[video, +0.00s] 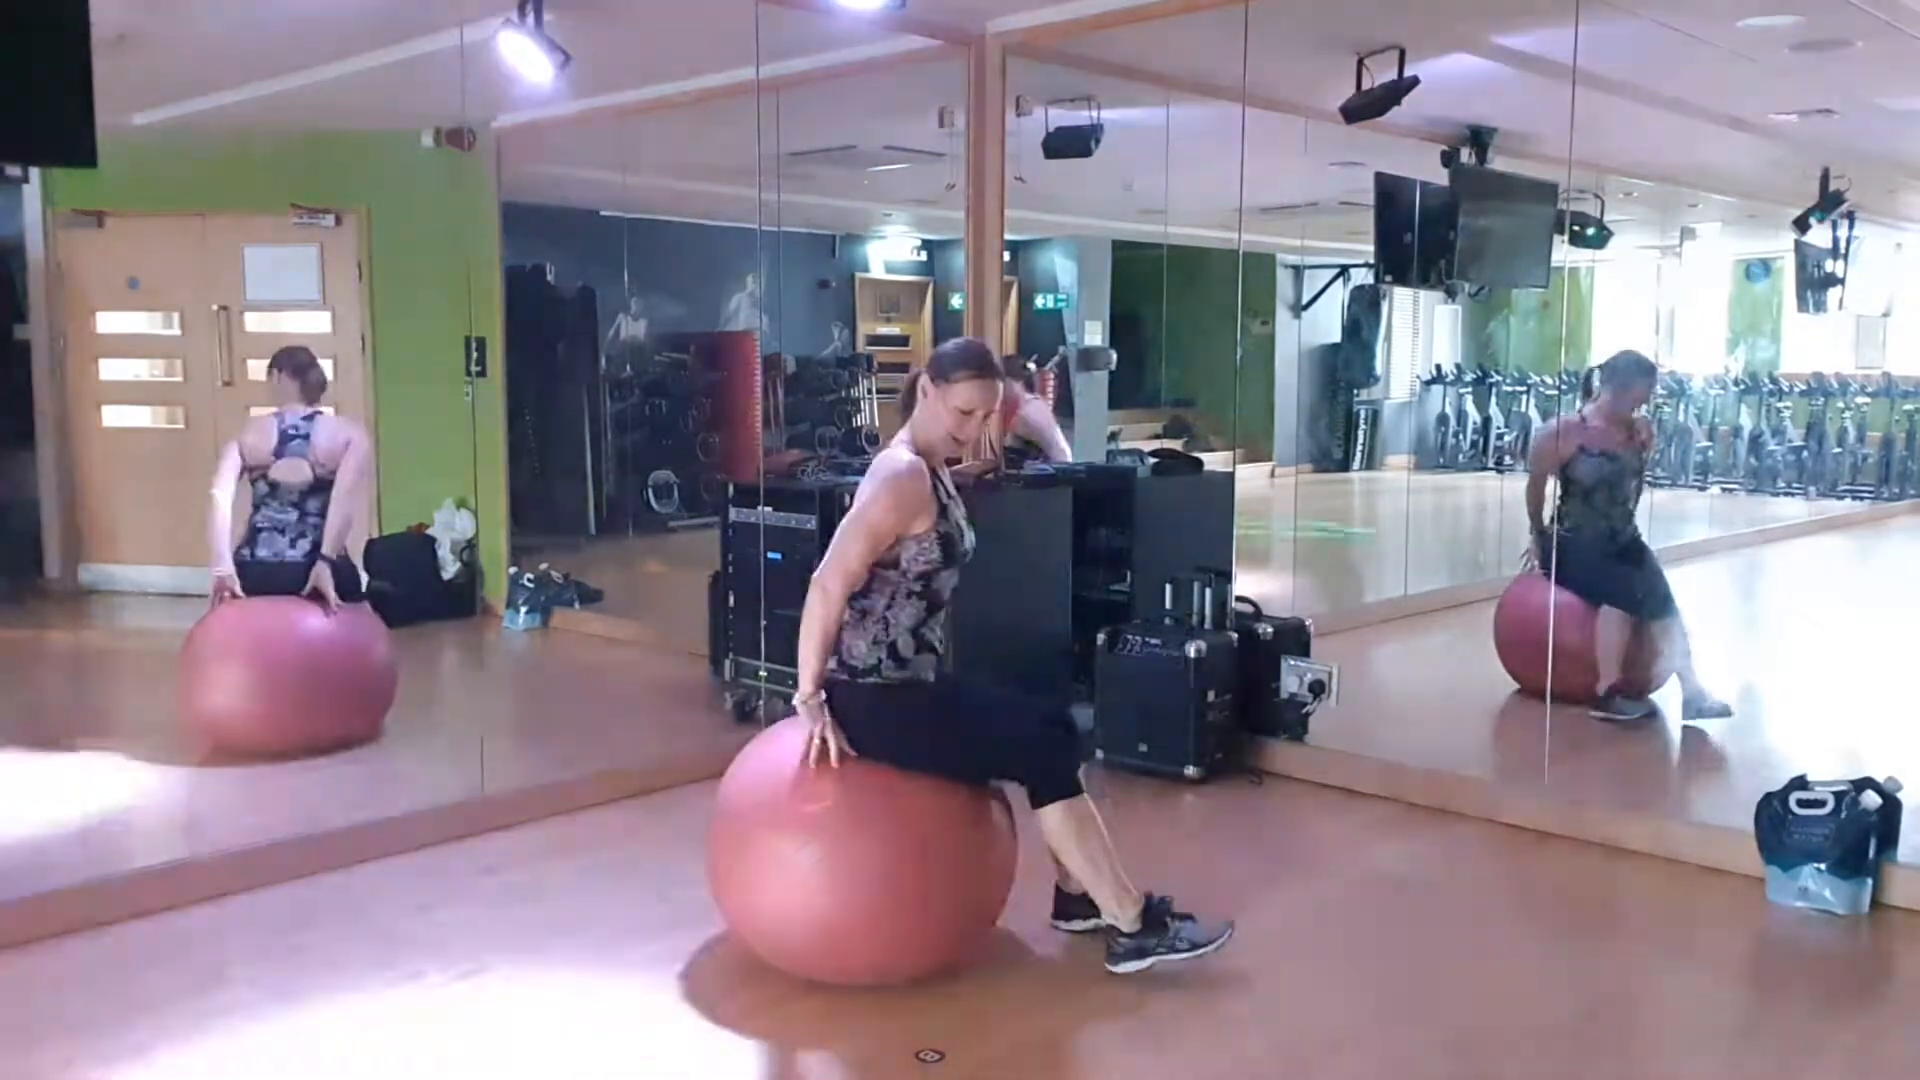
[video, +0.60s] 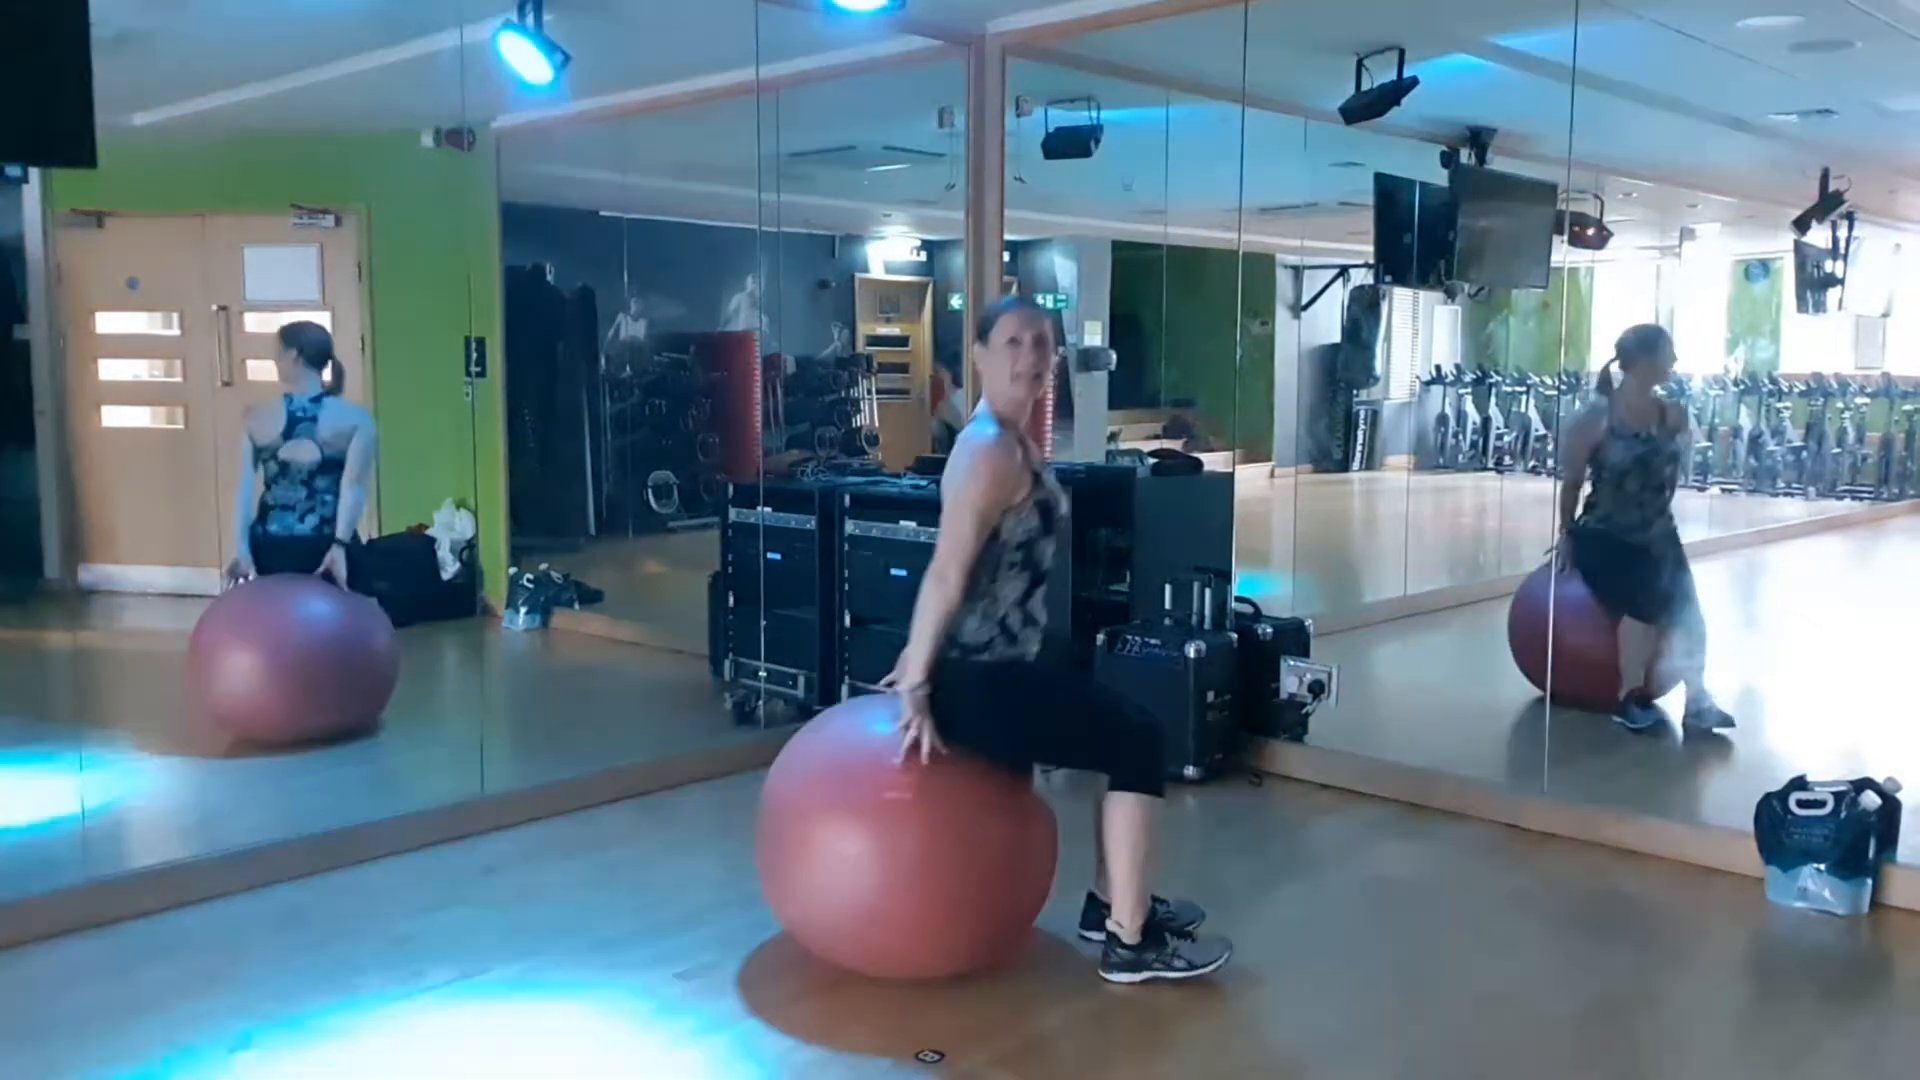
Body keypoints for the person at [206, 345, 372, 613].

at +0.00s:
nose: (270, 385)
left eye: (270, 377)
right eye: (270, 378)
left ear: (278, 376)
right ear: (317, 381)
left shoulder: (247, 434)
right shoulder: (350, 433)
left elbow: (220, 495)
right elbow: (343, 498)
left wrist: (221, 565)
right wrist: (326, 560)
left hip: (254, 571)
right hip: (320, 570)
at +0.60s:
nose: (276, 359)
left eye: (279, 351)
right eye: (277, 351)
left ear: (293, 355)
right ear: (323, 359)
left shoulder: (258, 417)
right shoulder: (356, 419)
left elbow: (245, 485)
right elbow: (353, 484)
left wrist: (241, 549)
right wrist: (340, 544)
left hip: (269, 545)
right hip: (326, 545)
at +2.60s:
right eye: (313, 386)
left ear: (271, 384)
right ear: (314, 386)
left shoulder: (234, 433)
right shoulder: (338, 433)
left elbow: (213, 499)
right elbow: (342, 494)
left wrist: (199, 560)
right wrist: (331, 555)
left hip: (235, 567)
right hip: (299, 568)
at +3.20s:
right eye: (304, 381)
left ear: (259, 386)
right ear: (303, 386)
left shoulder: (231, 437)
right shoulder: (332, 437)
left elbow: (218, 507)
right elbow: (344, 506)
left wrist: (218, 572)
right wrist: (338, 564)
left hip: (250, 568)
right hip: (312, 567)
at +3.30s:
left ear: (263, 389)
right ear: (306, 389)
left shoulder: (232, 441)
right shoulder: (333, 442)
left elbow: (220, 512)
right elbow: (344, 509)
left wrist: (223, 574)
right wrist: (340, 567)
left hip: (254, 572)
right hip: (313, 571)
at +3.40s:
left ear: (263, 393)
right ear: (307, 395)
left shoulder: (235, 446)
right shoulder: (334, 445)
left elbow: (222, 516)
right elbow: (347, 515)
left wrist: (229, 579)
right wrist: (343, 571)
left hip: (257, 575)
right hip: (315, 574)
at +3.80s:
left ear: (260, 419)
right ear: (306, 415)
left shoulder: (240, 468)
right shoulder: (339, 468)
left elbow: (234, 540)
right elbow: (360, 544)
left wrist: (240, 597)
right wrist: (337, 591)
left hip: (267, 596)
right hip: (324, 595)